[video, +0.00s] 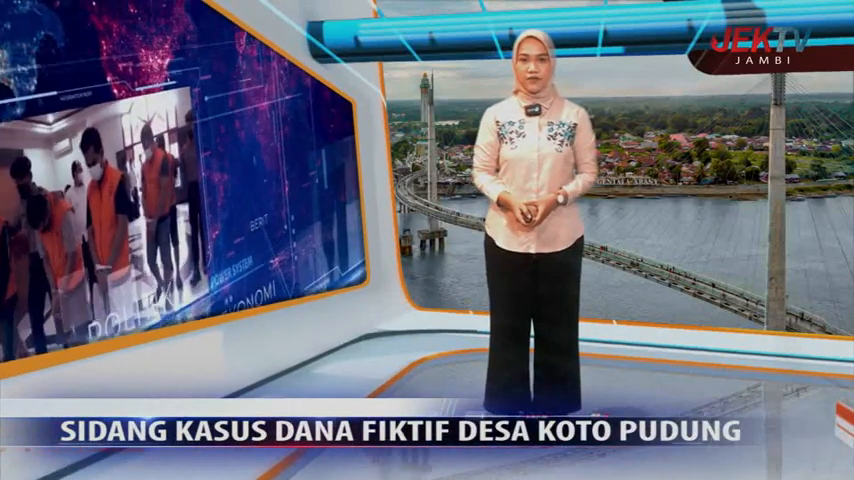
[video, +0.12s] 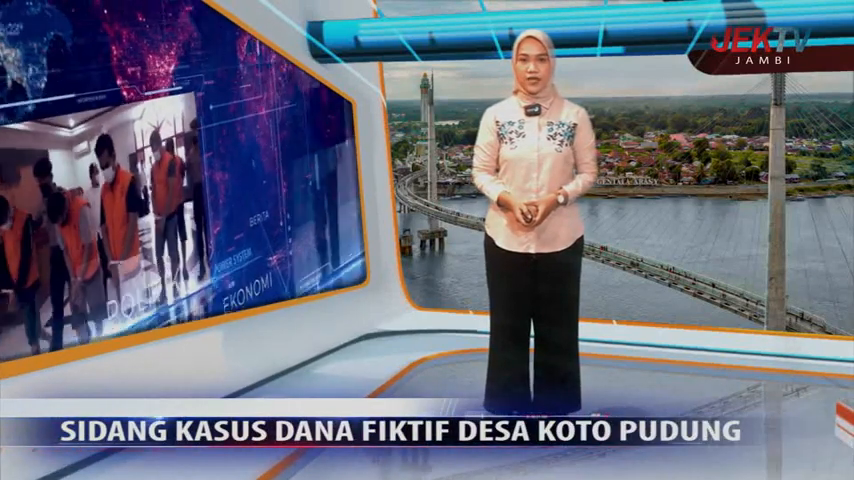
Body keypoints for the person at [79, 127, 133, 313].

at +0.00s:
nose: (91, 168)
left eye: (94, 161)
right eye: (88, 163)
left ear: (102, 154)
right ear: (84, 160)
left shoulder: (119, 179)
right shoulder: (91, 187)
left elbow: (123, 221)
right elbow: (89, 227)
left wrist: (110, 262)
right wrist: (96, 261)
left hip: (119, 260)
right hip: (100, 261)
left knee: (124, 312)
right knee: (108, 314)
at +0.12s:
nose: (104, 170)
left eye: (106, 164)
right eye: (101, 166)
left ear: (114, 157)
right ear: (98, 162)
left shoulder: (129, 181)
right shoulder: (104, 188)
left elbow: (133, 218)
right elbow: (103, 225)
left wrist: (125, 253)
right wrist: (109, 255)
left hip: (129, 253)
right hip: (113, 255)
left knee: (134, 298)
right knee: (120, 300)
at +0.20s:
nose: (111, 173)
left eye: (113, 167)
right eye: (108, 169)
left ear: (121, 161)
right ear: (105, 166)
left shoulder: (135, 182)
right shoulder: (111, 189)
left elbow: (137, 217)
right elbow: (110, 222)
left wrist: (129, 250)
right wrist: (114, 250)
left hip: (134, 248)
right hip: (119, 249)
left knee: (137, 291)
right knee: (126, 291)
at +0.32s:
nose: (117, 172)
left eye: (120, 166)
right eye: (115, 168)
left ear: (128, 162)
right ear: (112, 166)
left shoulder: (139, 181)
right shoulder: (118, 187)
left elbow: (143, 213)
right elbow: (117, 218)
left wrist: (137, 243)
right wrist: (119, 243)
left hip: (138, 244)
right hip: (124, 245)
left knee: (143, 283)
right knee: (131, 284)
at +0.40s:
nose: (122, 168)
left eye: (125, 163)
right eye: (120, 165)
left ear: (131, 159)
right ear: (117, 162)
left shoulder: (142, 179)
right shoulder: (121, 184)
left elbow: (144, 210)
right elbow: (119, 213)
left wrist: (137, 240)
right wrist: (123, 239)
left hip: (141, 240)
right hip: (127, 241)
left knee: (144, 279)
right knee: (133, 279)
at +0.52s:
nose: (128, 159)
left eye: (131, 155)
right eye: (126, 156)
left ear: (136, 151)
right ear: (124, 154)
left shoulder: (146, 173)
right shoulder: (127, 176)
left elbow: (148, 203)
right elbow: (125, 205)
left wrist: (140, 232)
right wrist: (128, 229)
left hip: (145, 235)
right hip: (132, 235)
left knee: (148, 273)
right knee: (134, 275)